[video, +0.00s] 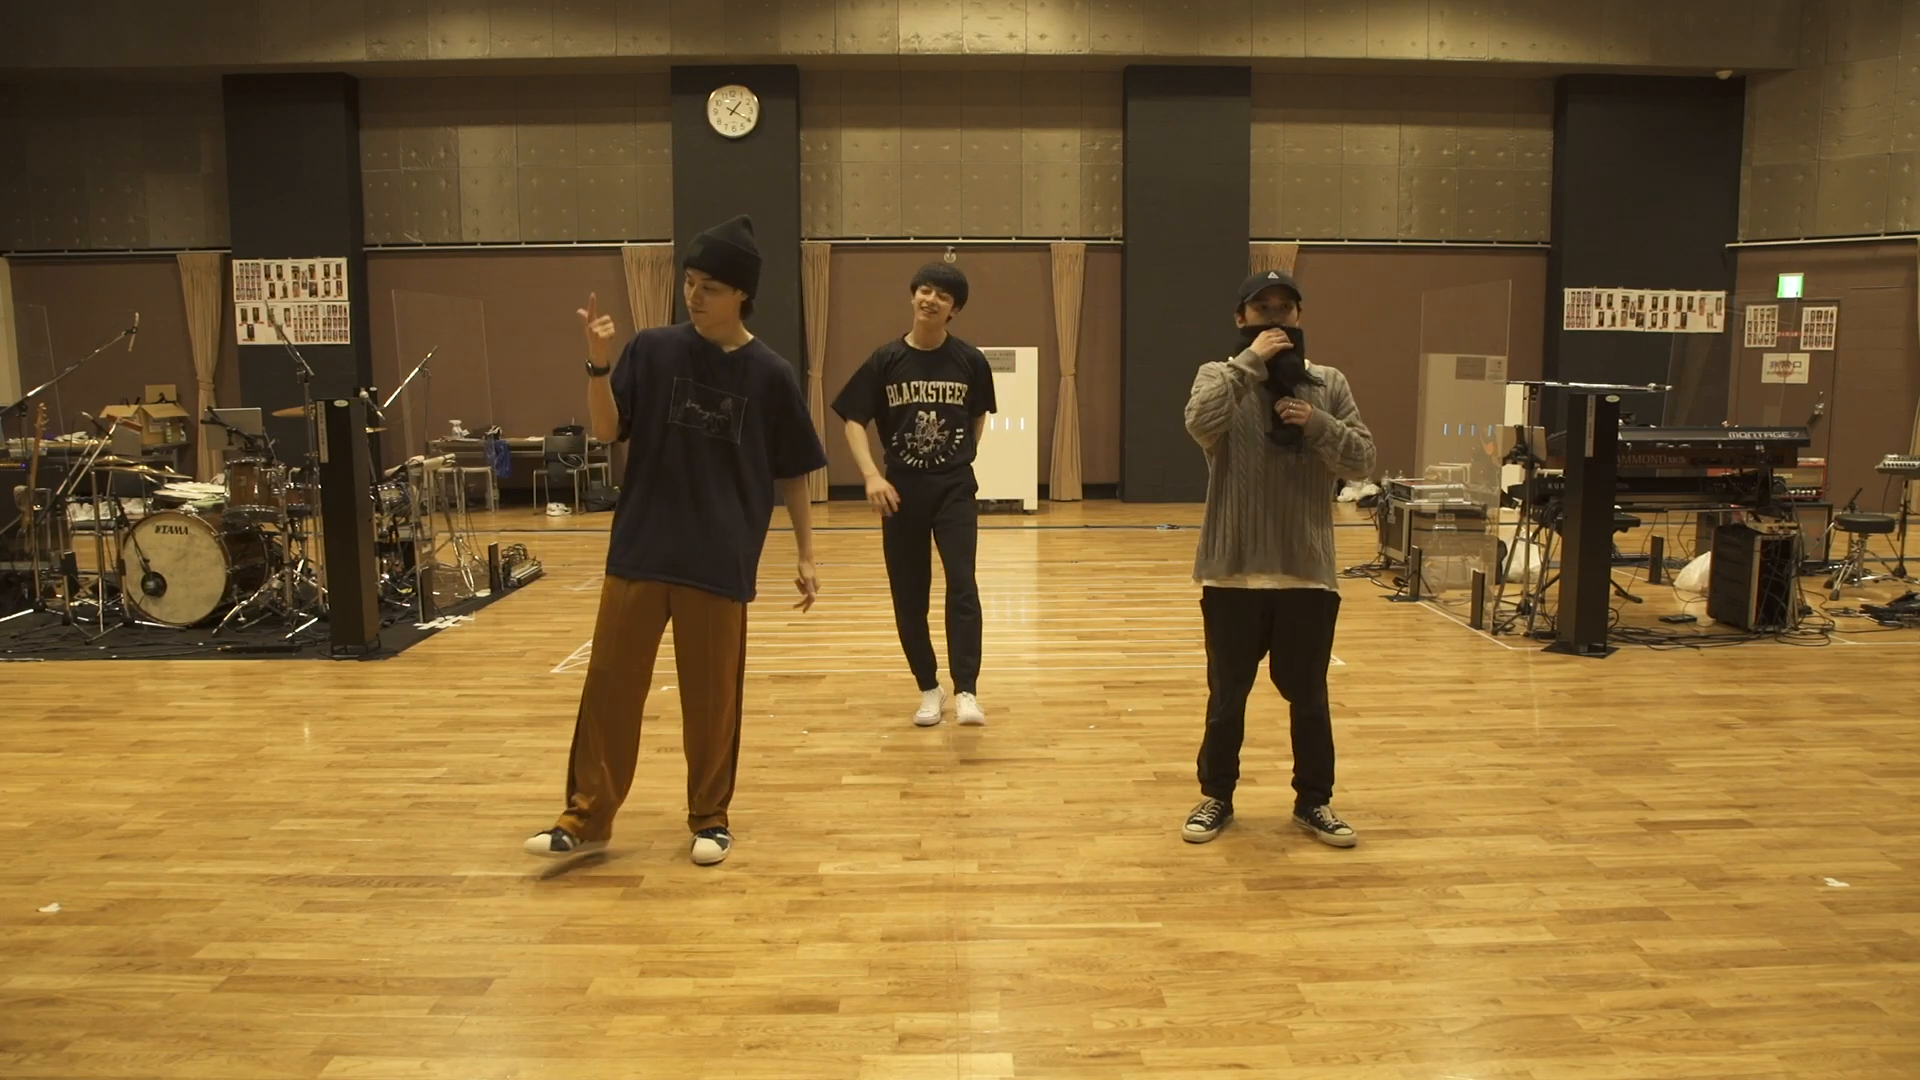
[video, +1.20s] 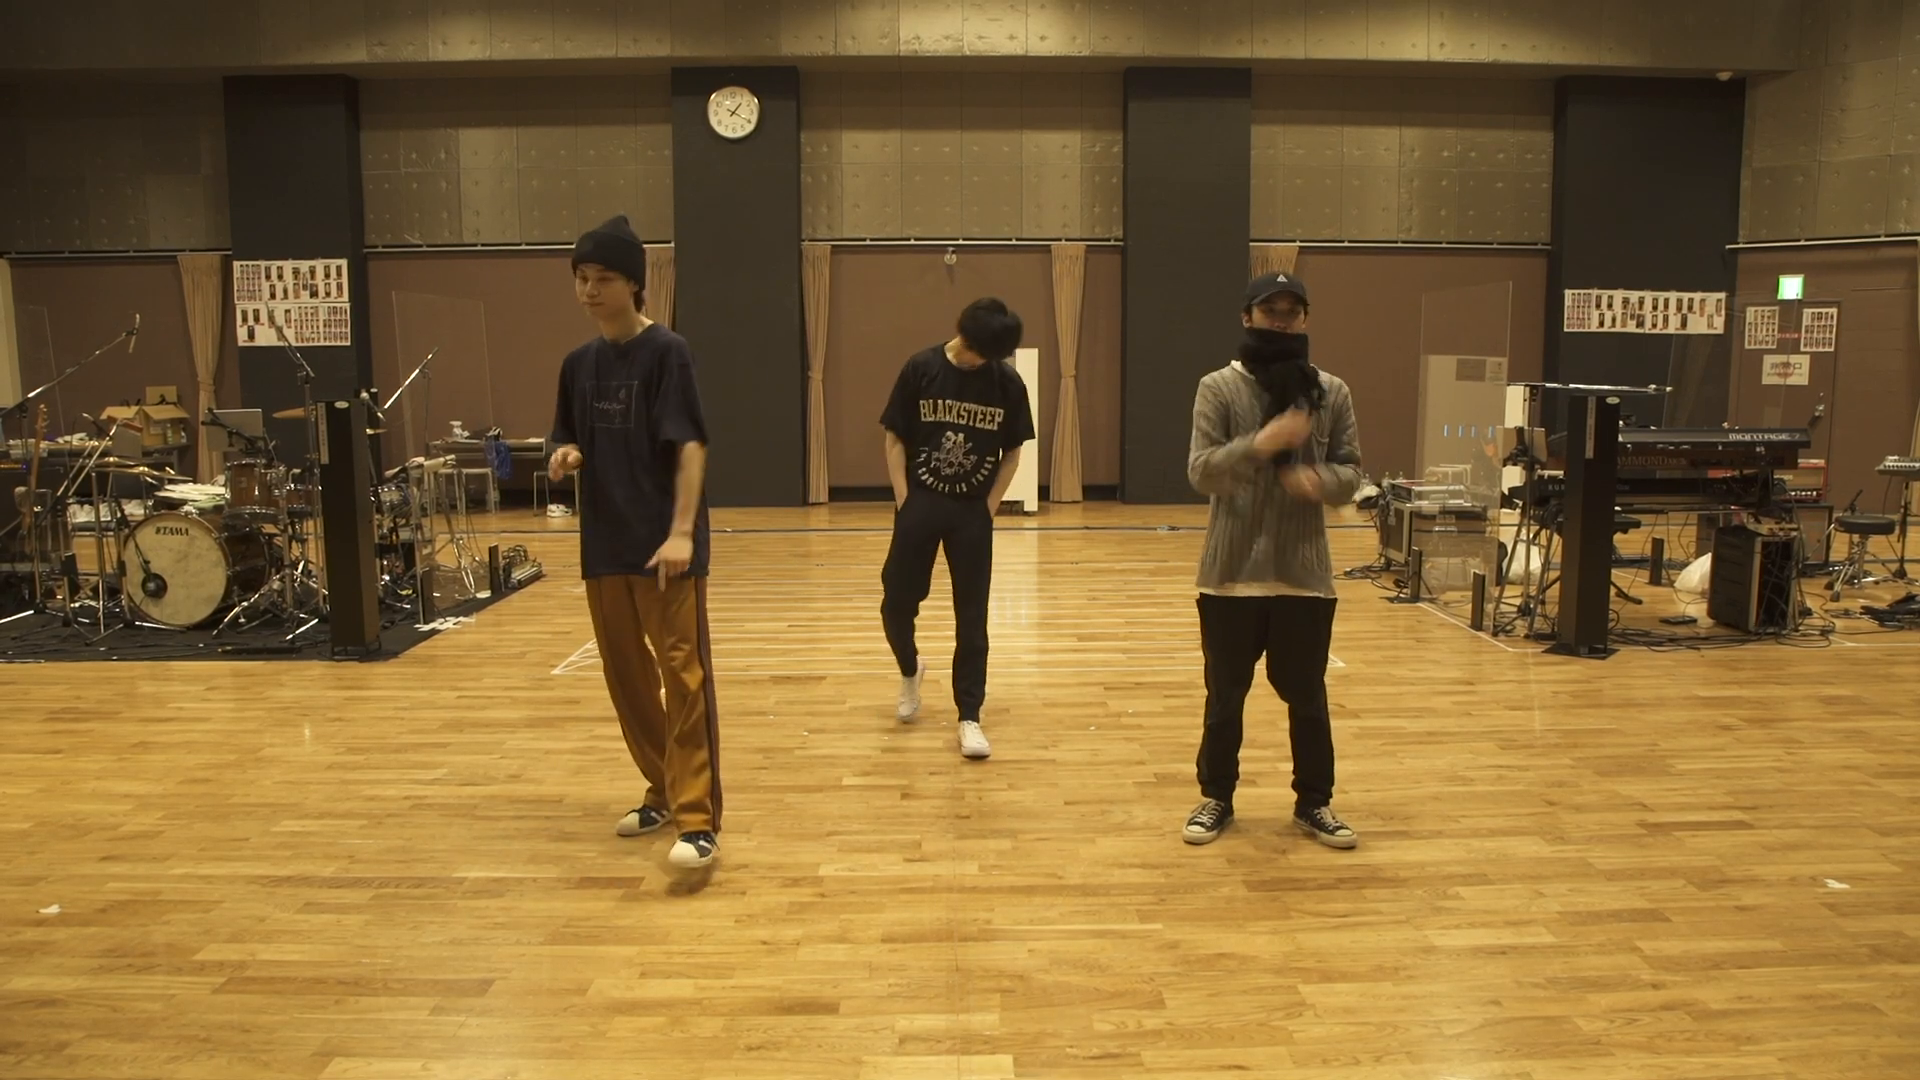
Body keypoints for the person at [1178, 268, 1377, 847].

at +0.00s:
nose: (1277, 319)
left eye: (1286, 308)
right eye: (1264, 309)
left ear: (1300, 317)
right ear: (1243, 318)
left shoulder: (1328, 383)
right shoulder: (1221, 377)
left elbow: (1363, 462)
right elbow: (1200, 422)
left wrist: (1316, 423)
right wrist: (1250, 360)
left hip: (1307, 571)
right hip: (1232, 570)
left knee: (1309, 696)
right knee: (1226, 696)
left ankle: (1314, 803)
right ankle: (1215, 799)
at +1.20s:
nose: (1284, 322)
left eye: (1293, 312)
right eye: (1272, 311)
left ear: (1305, 320)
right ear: (1249, 318)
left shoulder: (1331, 392)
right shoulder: (1218, 387)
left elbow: (1350, 474)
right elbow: (1201, 472)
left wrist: (1319, 480)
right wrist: (1260, 442)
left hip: (1304, 574)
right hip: (1230, 573)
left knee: (1307, 697)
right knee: (1223, 697)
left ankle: (1314, 805)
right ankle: (1215, 801)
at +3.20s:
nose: (1304, 325)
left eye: (1313, 315)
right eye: (1293, 314)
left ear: (1324, 322)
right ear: (1266, 319)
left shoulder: (1339, 384)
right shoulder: (1235, 381)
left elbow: (1337, 466)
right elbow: (1222, 458)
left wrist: (1318, 521)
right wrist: (1217, 519)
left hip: (1311, 565)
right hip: (1244, 562)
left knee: (1301, 683)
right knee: (1241, 683)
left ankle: (1296, 781)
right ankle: (1241, 786)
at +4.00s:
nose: (1272, 328)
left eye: (1280, 319)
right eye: (1259, 319)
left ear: (1291, 324)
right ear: (1233, 323)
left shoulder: (1308, 378)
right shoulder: (1200, 384)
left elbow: (1355, 436)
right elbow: (1138, 441)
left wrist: (1358, 408)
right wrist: (1176, 437)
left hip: (1301, 569)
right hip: (1226, 574)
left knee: (1320, 681)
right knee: (1229, 691)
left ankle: (1315, 777)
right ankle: (1239, 789)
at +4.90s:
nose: (1336, 327)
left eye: (1343, 317)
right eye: (1322, 318)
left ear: (1352, 323)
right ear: (1295, 324)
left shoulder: (1367, 383)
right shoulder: (1260, 391)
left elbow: (1378, 464)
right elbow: (1210, 470)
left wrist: (1374, 527)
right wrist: (1222, 534)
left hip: (1342, 573)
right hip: (1272, 576)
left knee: (1340, 691)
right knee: (1257, 691)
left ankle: (1332, 788)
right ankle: (1242, 789)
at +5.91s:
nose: (1286, 348)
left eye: (1295, 336)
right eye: (1274, 337)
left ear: (1309, 339)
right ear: (1250, 338)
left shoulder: (1339, 403)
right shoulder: (1222, 411)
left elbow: (1348, 491)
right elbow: (1204, 498)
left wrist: (1323, 555)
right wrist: (1210, 567)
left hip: (1307, 560)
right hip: (1242, 565)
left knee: (1281, 639)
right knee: (1239, 680)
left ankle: (1338, 675)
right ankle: (1256, 791)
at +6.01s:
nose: (1269, 363)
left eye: (1281, 353)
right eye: (1258, 351)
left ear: (1297, 353)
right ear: (1236, 347)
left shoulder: (1320, 415)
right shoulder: (1215, 409)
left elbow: (1367, 486)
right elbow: (1214, 496)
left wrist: (1318, 540)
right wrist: (1219, 565)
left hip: (1306, 558)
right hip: (1243, 566)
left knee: (1258, 643)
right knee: (1218, 686)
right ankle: (1274, 792)